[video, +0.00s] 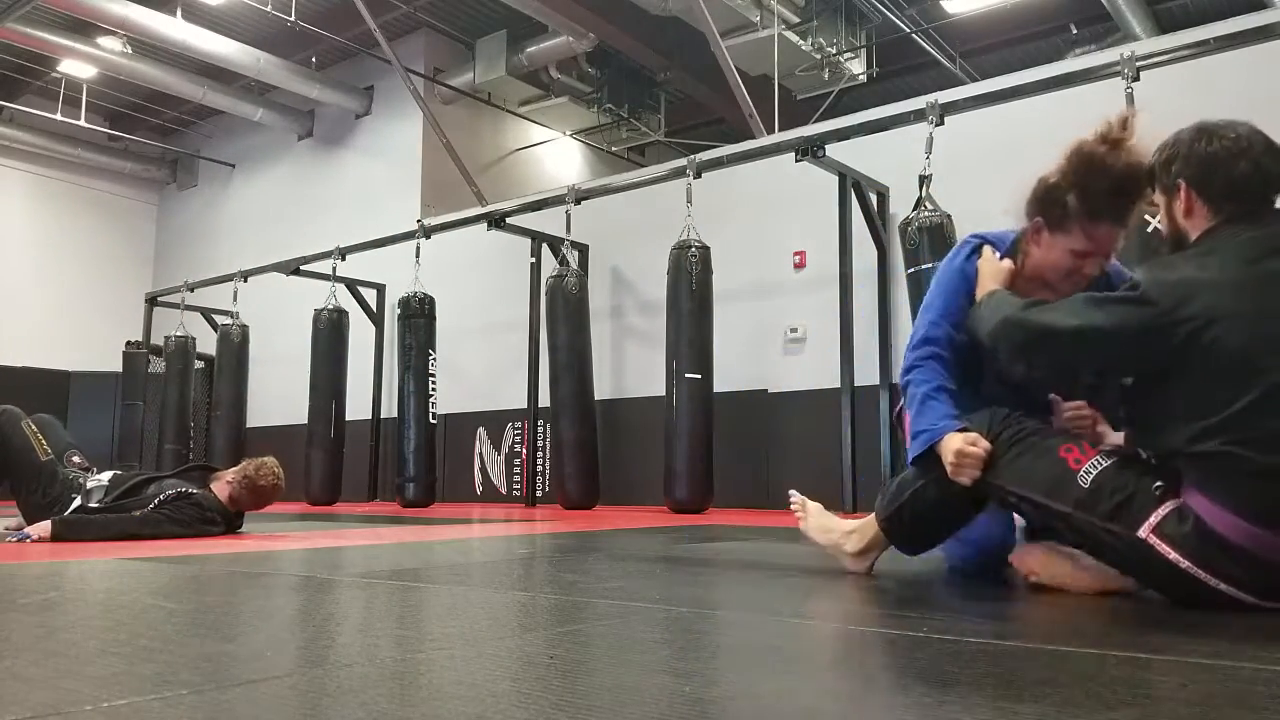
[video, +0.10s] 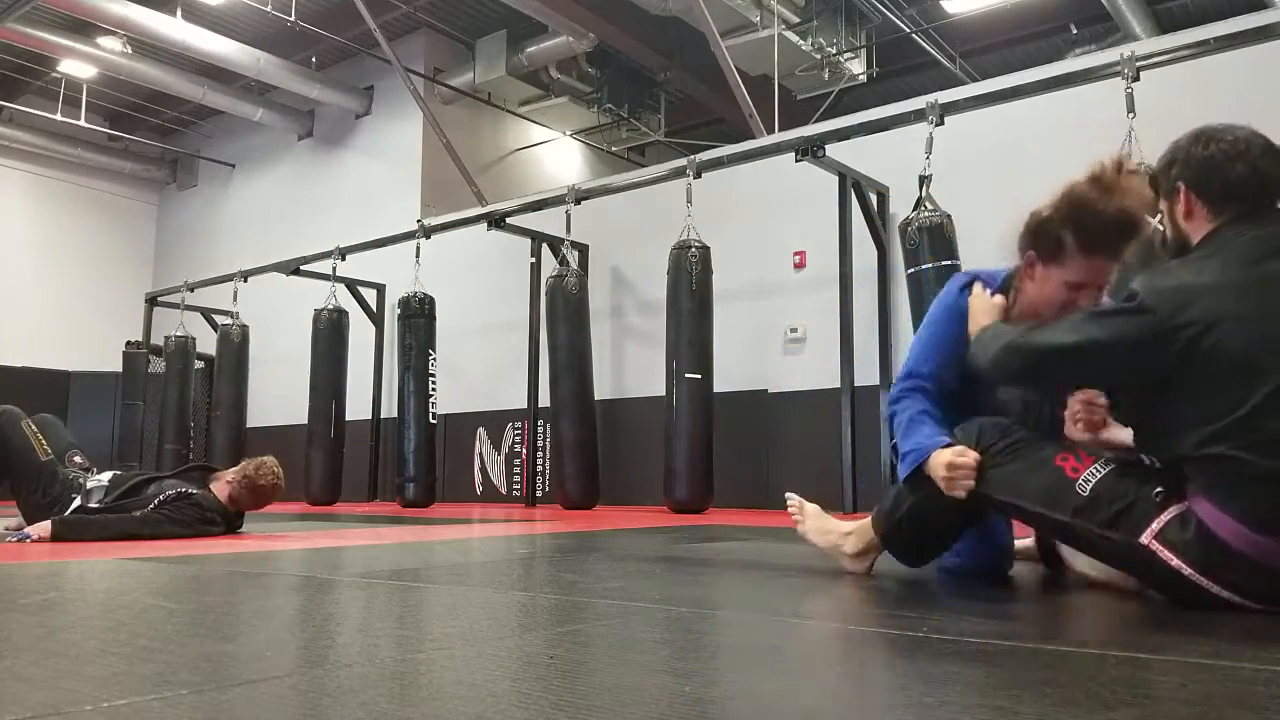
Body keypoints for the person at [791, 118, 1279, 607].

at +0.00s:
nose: (1160, 222)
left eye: (1165, 207)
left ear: (1189, 204)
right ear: (1268, 195)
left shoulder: (1176, 290)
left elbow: (1025, 342)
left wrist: (989, 293)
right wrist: (1119, 434)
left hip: (1208, 553)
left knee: (1003, 433)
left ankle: (864, 534)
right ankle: (1099, 563)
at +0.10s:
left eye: (1166, 207)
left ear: (1189, 205)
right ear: (1271, 194)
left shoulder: (1175, 294)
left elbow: (1011, 363)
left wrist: (985, 328)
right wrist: (1121, 438)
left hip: (1218, 556)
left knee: (983, 442)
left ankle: (860, 538)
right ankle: (1073, 551)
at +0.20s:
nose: (1081, 334)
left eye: (1093, 319)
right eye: (1068, 318)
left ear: (1107, 308)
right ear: (1026, 299)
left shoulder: (1102, 351)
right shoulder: (966, 328)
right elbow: (911, 414)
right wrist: (928, 465)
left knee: (1089, 555)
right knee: (982, 554)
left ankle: (1050, 548)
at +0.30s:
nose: (1093, 341)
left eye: (1105, 328)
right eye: (1080, 329)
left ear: (1121, 316)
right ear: (1042, 312)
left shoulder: (1116, 354)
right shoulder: (986, 331)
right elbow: (922, 412)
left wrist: (1135, 435)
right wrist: (939, 456)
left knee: (1115, 552)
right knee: (985, 553)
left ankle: (1052, 546)